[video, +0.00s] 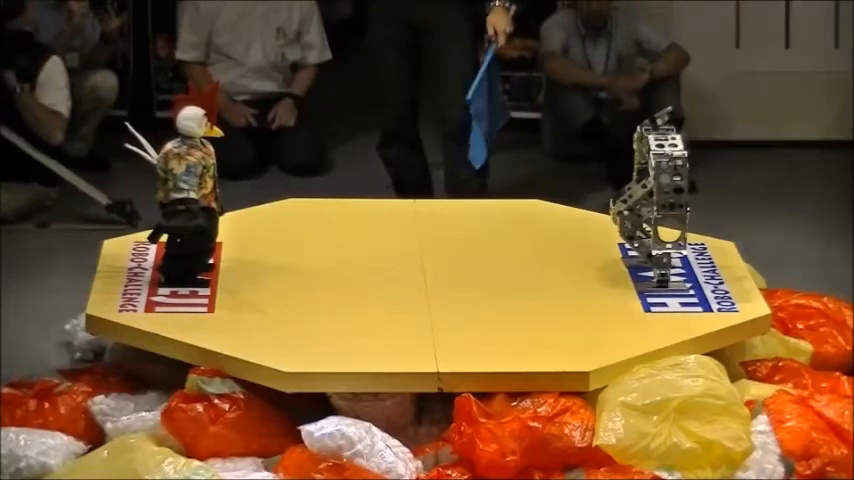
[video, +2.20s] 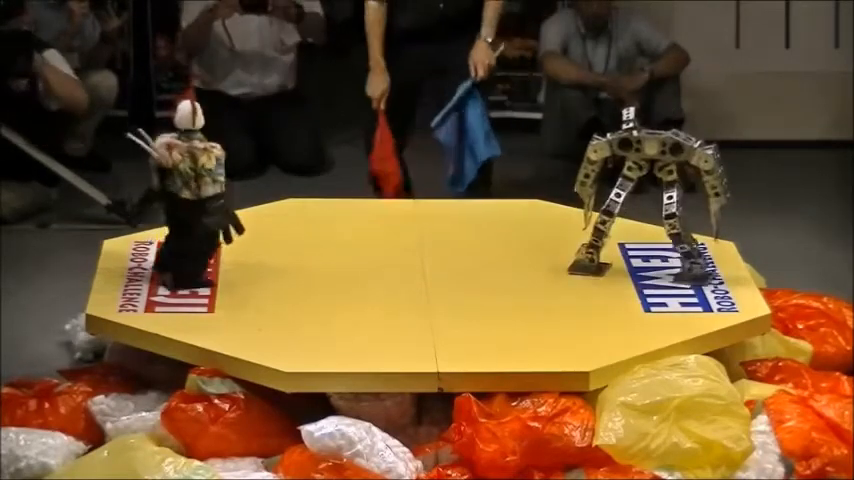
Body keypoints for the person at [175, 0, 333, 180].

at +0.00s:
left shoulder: (302, 5)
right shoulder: (202, 5)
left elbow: (310, 60)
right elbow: (191, 61)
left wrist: (291, 100)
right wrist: (226, 105)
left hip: (280, 99)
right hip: (227, 102)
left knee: (306, 161)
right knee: (238, 164)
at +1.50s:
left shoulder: (301, 5)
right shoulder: (196, 6)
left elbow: (317, 49)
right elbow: (187, 59)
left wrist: (299, 81)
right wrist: (220, 82)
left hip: (280, 97)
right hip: (229, 99)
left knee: (306, 161)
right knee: (237, 164)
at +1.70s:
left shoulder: (301, 4)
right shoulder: (197, 5)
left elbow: (320, 45)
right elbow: (183, 54)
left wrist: (296, 57)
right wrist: (215, 53)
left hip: (283, 99)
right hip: (227, 100)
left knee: (306, 162)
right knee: (236, 165)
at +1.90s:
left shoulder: (297, 3)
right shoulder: (197, 4)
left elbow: (322, 42)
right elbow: (183, 55)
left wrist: (294, 32)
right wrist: (213, 34)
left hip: (283, 99)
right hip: (228, 103)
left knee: (306, 162)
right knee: (236, 166)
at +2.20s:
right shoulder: (198, 5)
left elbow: (320, 31)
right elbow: (186, 48)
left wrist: (296, 16)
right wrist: (211, 15)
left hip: (279, 96)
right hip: (221, 99)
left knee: (307, 162)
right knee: (239, 166)